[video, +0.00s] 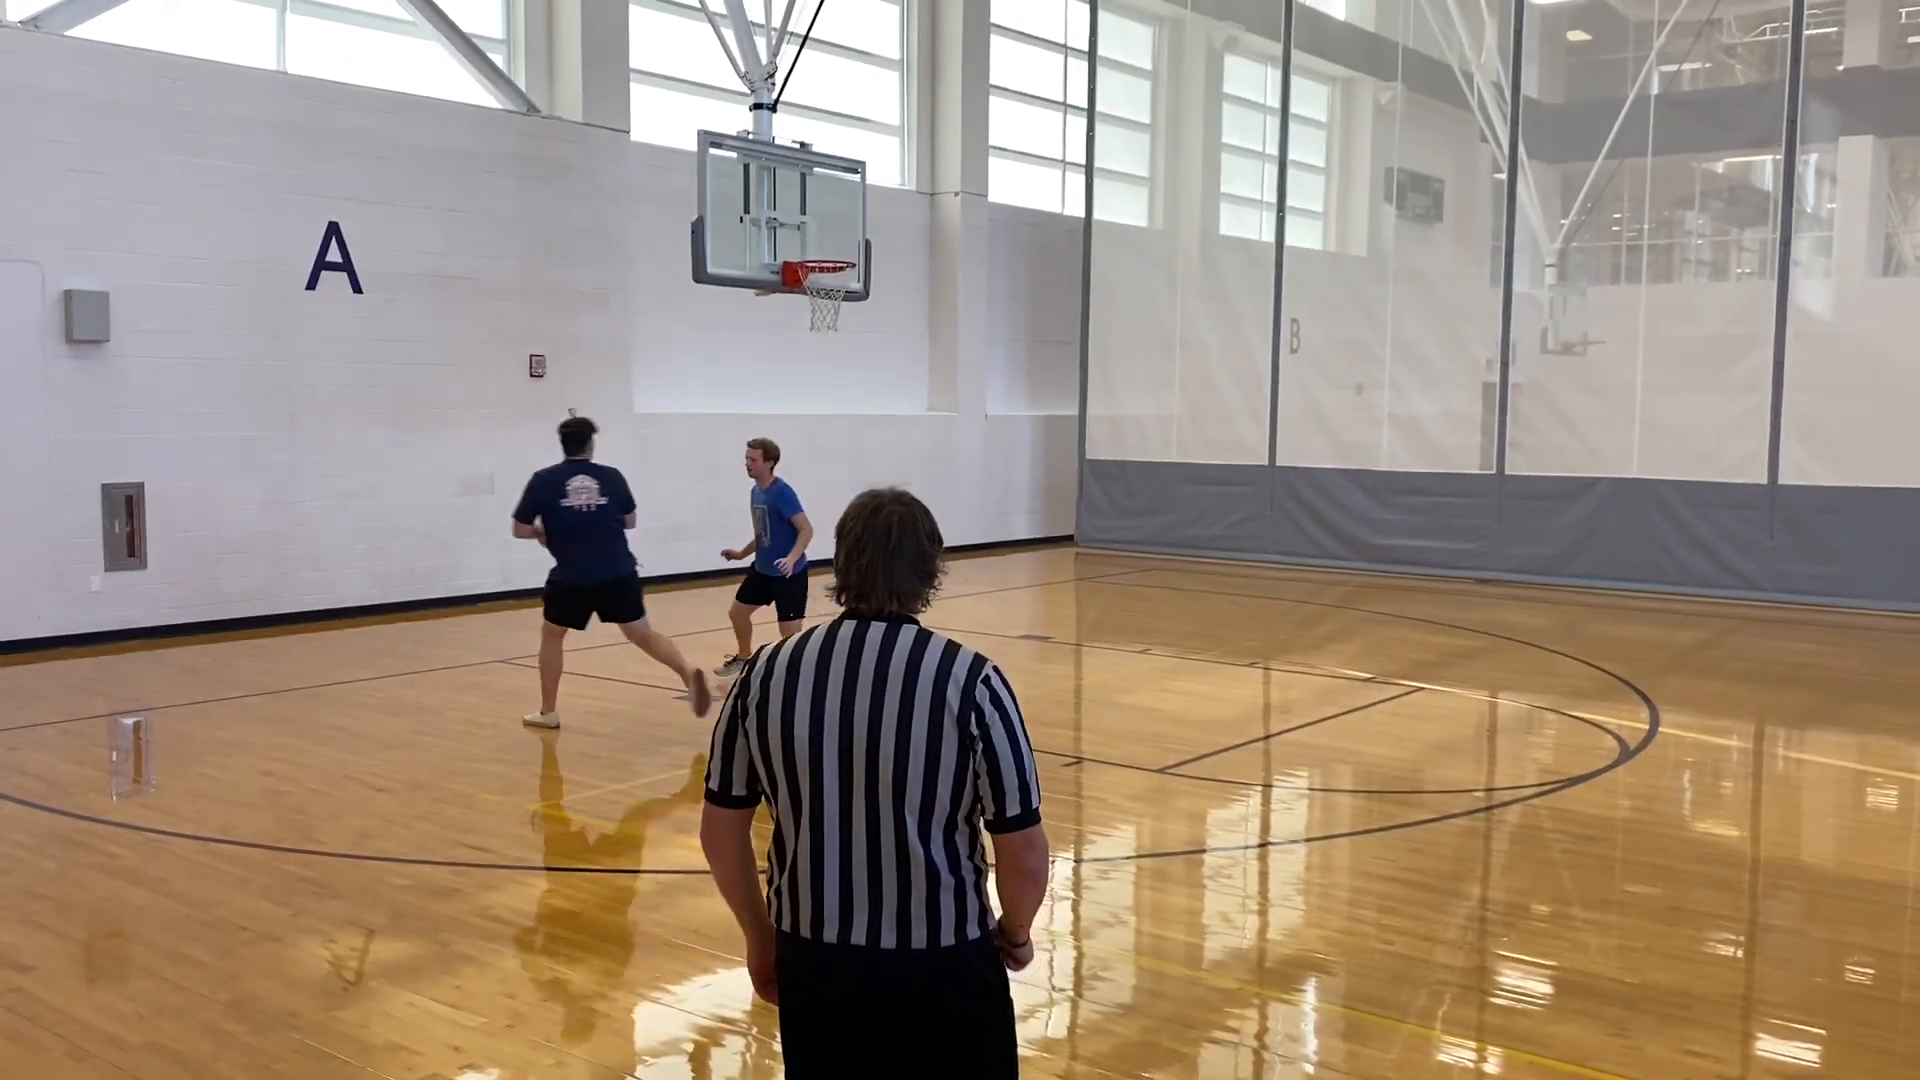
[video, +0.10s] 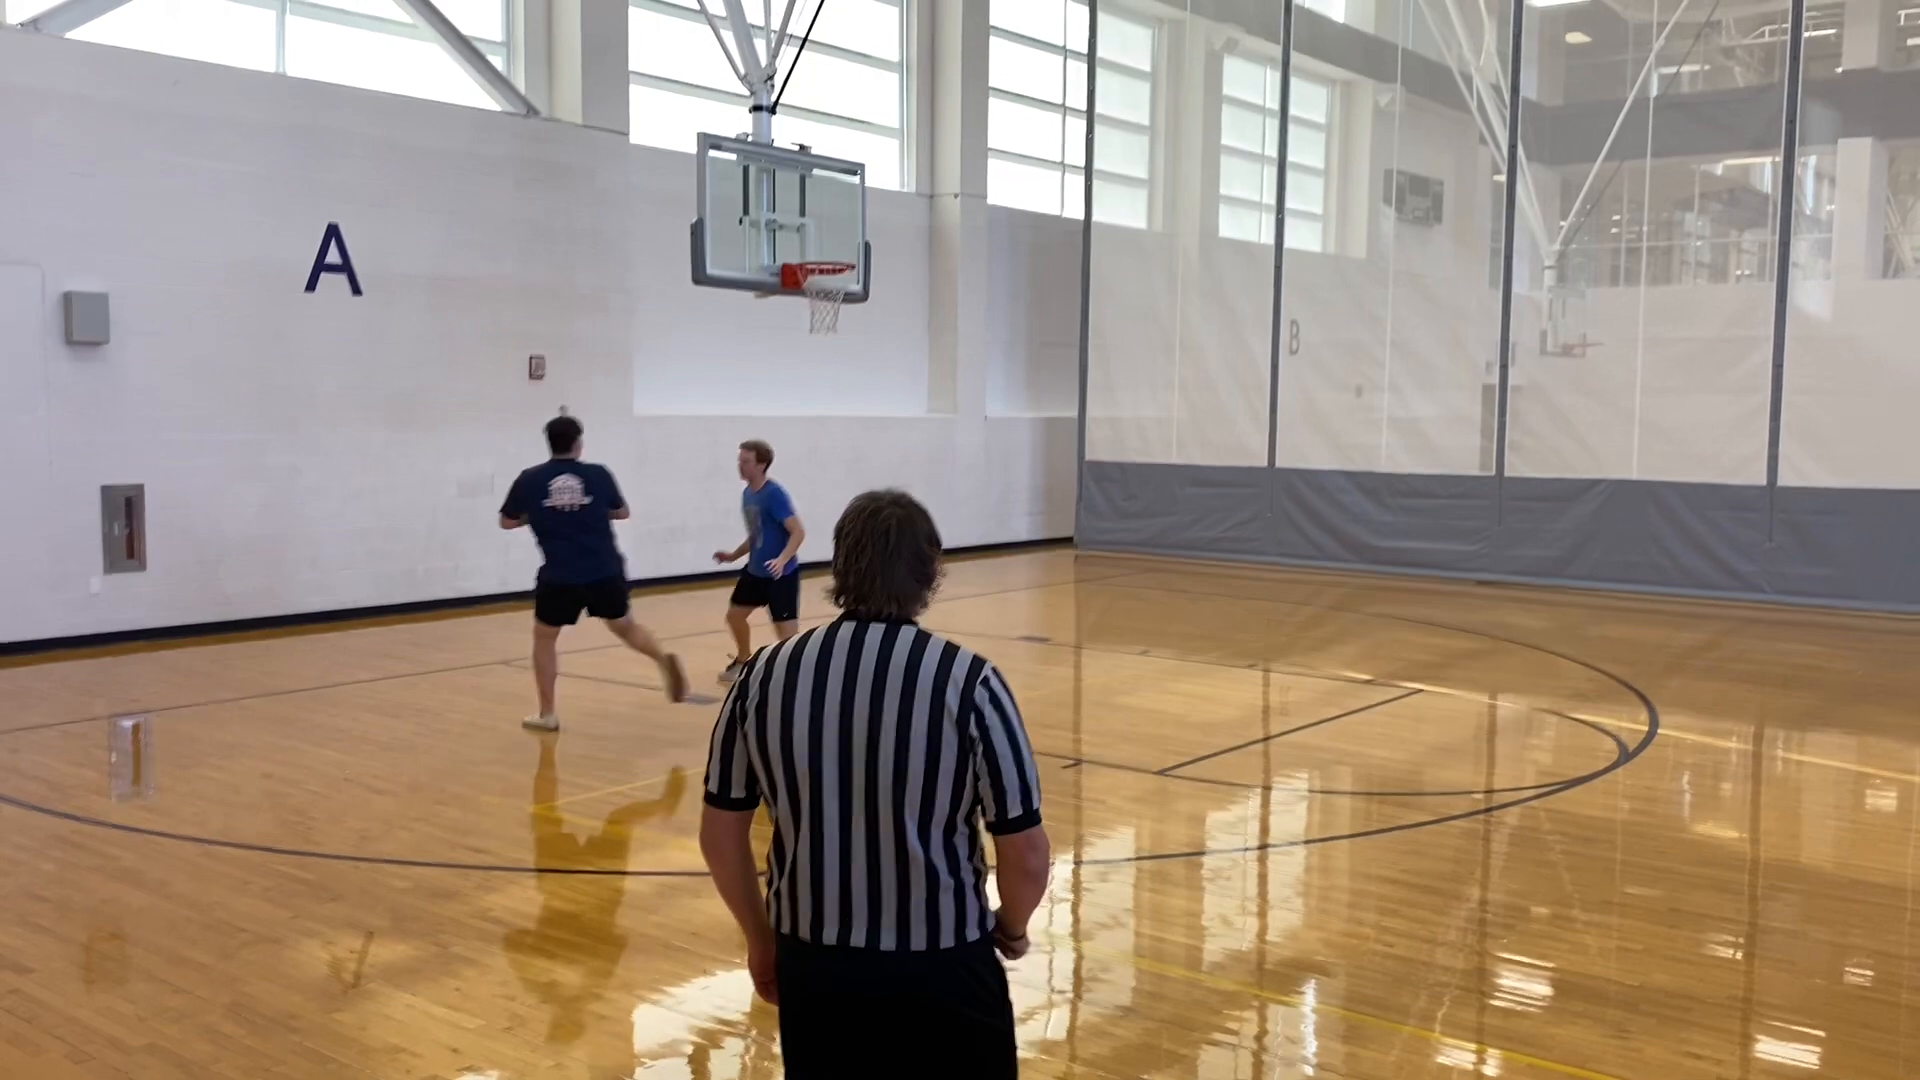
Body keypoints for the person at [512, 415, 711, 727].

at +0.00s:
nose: (589, 446)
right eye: (591, 441)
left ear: (562, 445)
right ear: (591, 444)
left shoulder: (543, 480)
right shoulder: (611, 476)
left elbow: (520, 529)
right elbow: (630, 521)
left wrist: (548, 529)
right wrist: (595, 517)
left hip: (571, 577)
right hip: (618, 574)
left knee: (552, 638)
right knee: (643, 634)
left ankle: (548, 711)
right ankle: (689, 673)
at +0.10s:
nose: (582, 444)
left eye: (578, 439)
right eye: (581, 439)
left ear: (550, 444)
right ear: (578, 443)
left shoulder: (530, 479)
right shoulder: (597, 474)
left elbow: (507, 521)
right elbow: (621, 512)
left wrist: (538, 511)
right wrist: (588, 509)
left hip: (559, 577)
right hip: (605, 574)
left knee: (544, 638)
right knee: (625, 625)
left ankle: (547, 715)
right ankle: (663, 658)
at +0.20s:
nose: (572, 442)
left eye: (569, 437)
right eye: (570, 438)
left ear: (538, 442)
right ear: (566, 442)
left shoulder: (520, 474)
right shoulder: (584, 470)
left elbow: (501, 507)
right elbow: (618, 499)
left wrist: (528, 486)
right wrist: (584, 484)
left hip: (549, 576)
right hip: (594, 570)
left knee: (540, 642)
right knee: (609, 614)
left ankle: (547, 716)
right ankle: (638, 644)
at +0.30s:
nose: (563, 434)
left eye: (561, 430)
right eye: (561, 430)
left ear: (527, 437)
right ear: (557, 436)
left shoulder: (512, 466)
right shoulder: (575, 464)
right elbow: (613, 480)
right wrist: (577, 456)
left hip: (540, 570)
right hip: (583, 564)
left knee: (537, 642)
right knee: (590, 598)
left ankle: (547, 716)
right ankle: (614, 632)